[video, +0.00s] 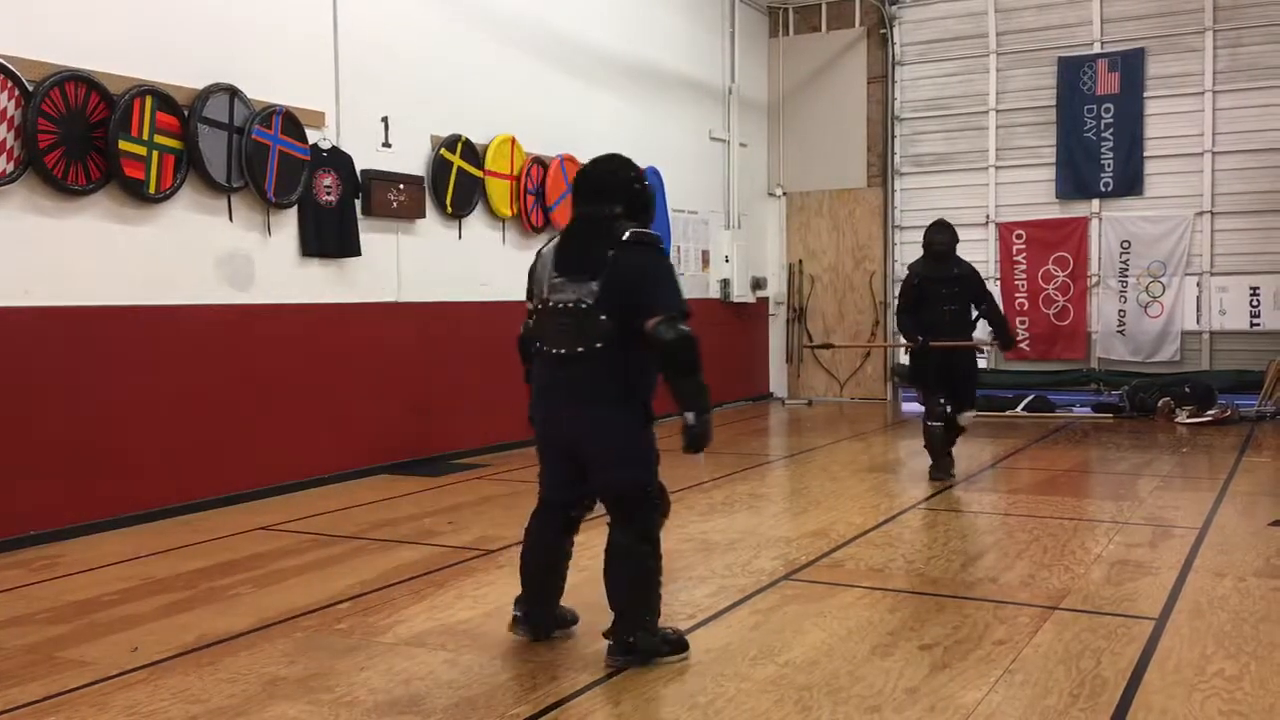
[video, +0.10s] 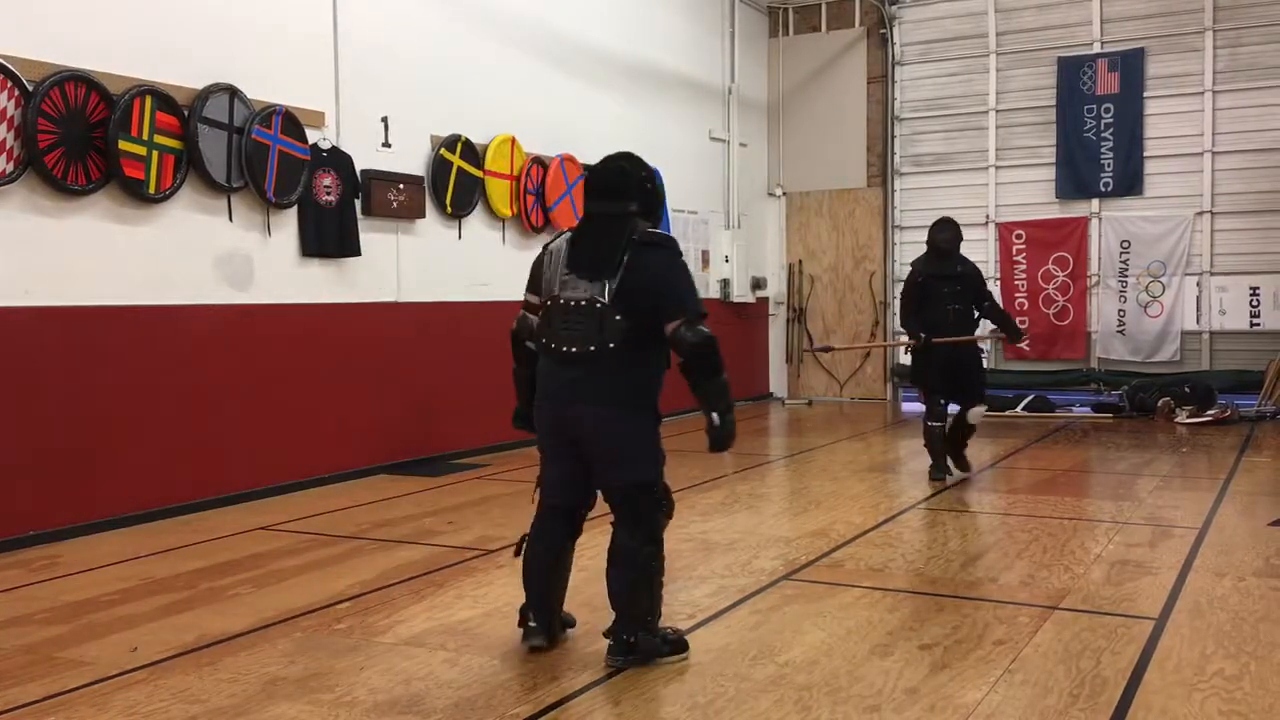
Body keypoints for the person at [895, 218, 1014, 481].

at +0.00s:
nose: (942, 251)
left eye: (947, 245)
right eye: (937, 245)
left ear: (955, 244)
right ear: (927, 244)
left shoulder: (965, 272)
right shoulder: (917, 273)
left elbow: (987, 305)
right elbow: (903, 313)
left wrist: (1005, 335)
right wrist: (913, 337)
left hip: (960, 350)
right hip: (928, 351)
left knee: (964, 410)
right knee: (935, 407)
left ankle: (944, 448)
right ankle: (939, 465)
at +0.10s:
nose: (949, 245)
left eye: (953, 239)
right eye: (944, 239)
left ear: (960, 240)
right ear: (934, 239)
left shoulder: (968, 270)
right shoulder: (920, 270)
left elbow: (986, 305)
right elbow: (907, 309)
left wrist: (1012, 330)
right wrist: (915, 332)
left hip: (964, 347)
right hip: (930, 347)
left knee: (976, 406)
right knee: (936, 405)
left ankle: (954, 443)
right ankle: (938, 463)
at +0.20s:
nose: (953, 247)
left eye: (958, 241)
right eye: (948, 241)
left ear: (965, 241)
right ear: (937, 239)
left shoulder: (971, 269)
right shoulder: (924, 269)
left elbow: (989, 303)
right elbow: (909, 311)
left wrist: (1015, 312)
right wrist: (920, 329)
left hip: (968, 345)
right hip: (934, 346)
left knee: (982, 405)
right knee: (937, 406)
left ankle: (971, 458)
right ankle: (939, 465)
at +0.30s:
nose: (960, 250)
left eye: (965, 244)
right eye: (954, 244)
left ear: (972, 242)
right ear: (944, 241)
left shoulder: (978, 270)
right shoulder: (930, 272)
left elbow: (993, 299)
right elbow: (917, 310)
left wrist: (1013, 298)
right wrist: (924, 328)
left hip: (972, 349)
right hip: (938, 350)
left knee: (983, 407)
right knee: (938, 409)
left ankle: (992, 467)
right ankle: (938, 465)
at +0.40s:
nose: (967, 250)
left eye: (973, 244)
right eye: (963, 243)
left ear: (981, 243)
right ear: (951, 239)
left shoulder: (986, 271)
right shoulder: (938, 272)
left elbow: (1007, 304)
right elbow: (923, 309)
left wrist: (1018, 291)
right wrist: (929, 328)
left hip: (978, 351)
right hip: (943, 350)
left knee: (987, 409)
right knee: (942, 409)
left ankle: (997, 469)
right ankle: (939, 464)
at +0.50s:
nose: (978, 247)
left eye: (983, 242)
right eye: (973, 241)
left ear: (990, 241)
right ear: (961, 238)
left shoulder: (996, 271)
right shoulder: (946, 270)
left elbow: (1016, 303)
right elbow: (932, 308)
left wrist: (1030, 292)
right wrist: (937, 328)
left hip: (988, 352)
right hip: (953, 351)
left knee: (995, 411)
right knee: (949, 411)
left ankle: (999, 472)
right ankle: (941, 464)